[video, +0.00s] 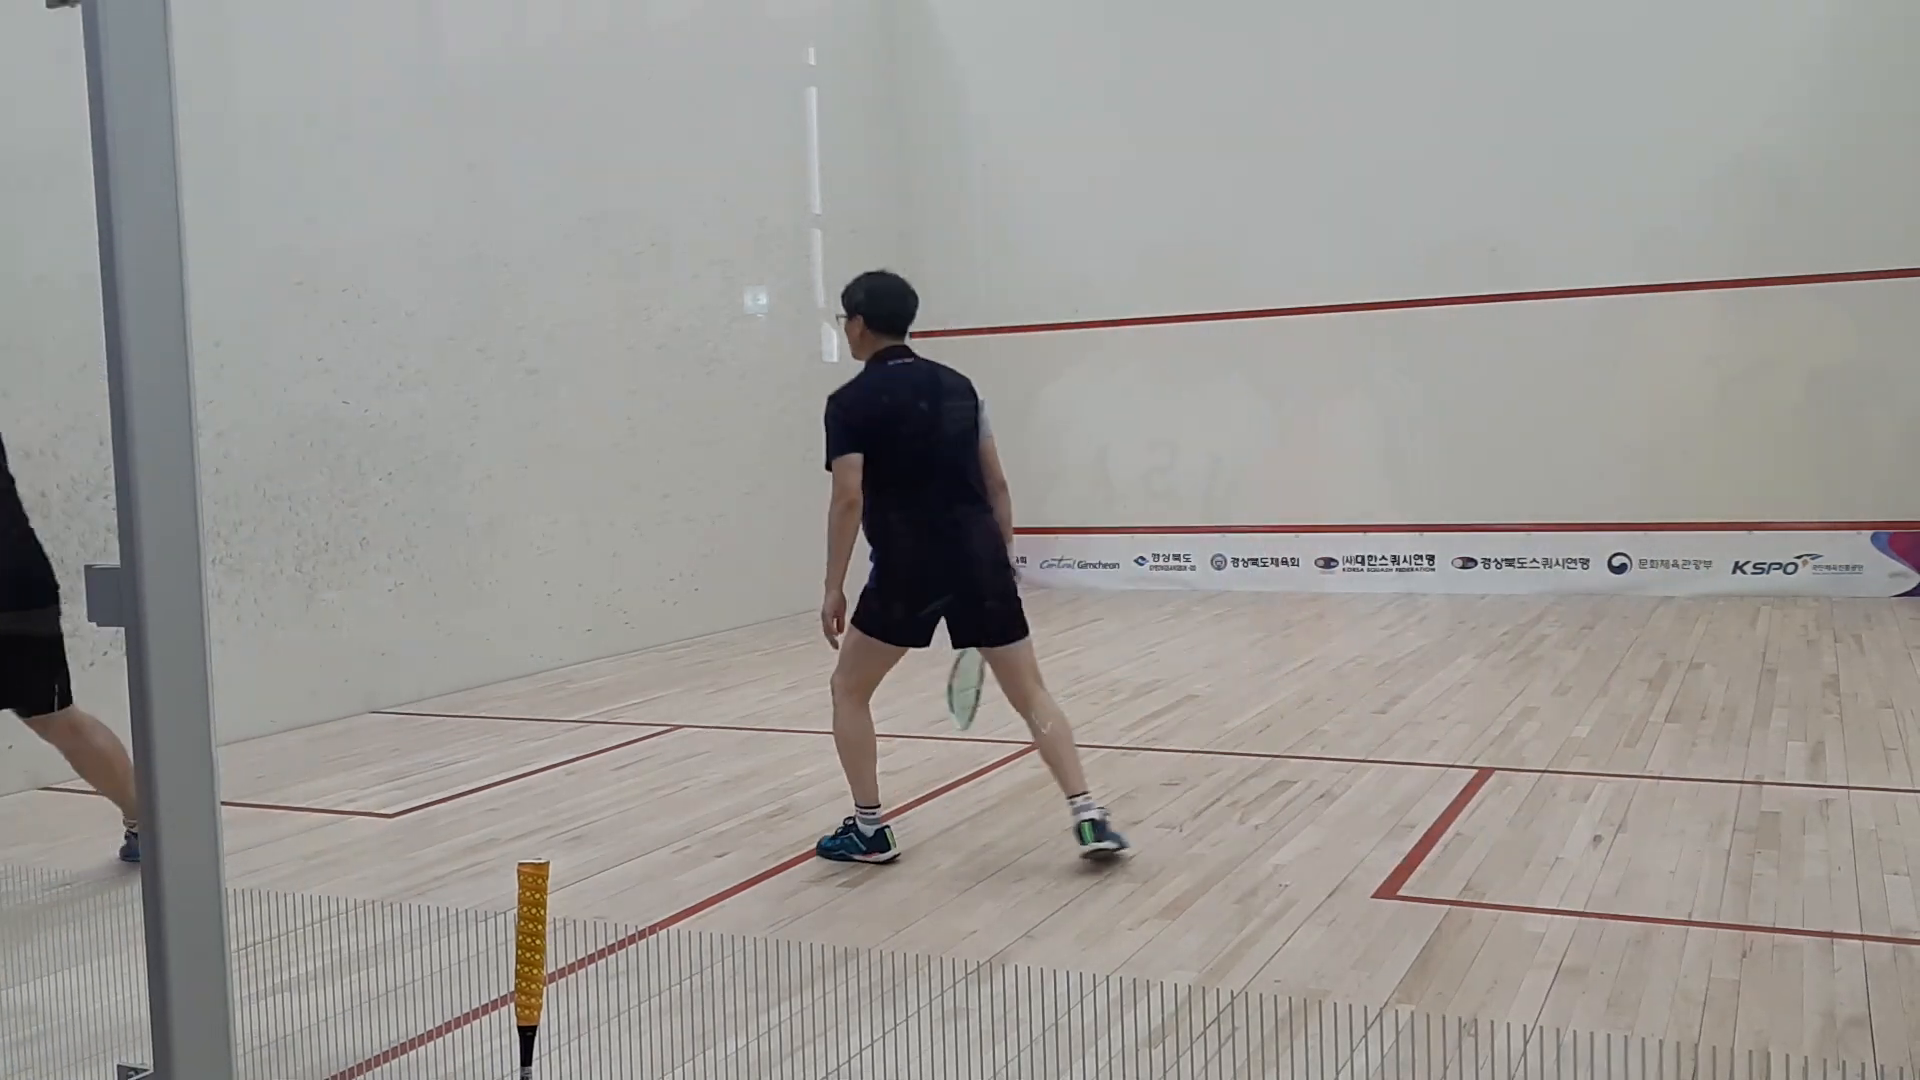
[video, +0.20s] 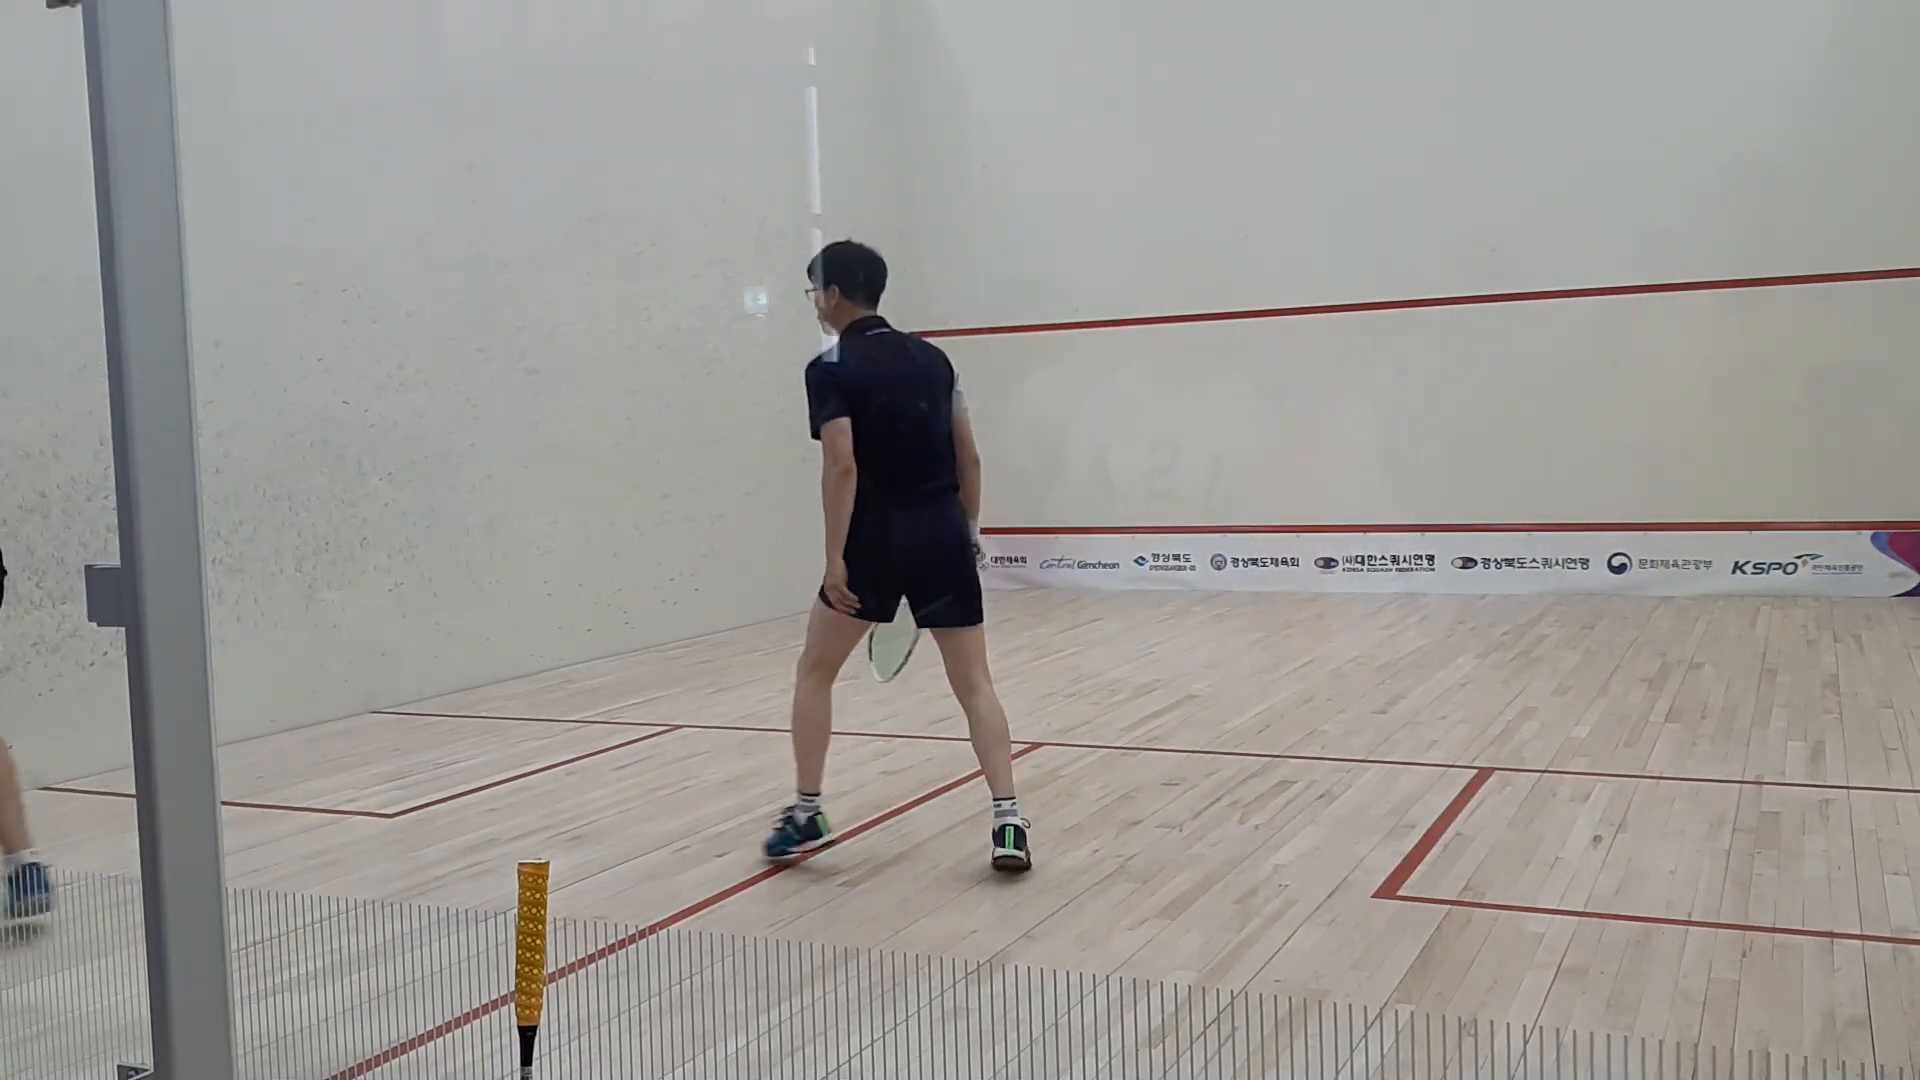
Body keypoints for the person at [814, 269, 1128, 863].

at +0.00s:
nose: (844, 329)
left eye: (846, 320)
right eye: (846, 320)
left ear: (860, 326)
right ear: (905, 323)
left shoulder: (850, 402)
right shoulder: (955, 384)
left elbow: (848, 498)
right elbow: (994, 482)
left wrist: (834, 586)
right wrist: (1000, 557)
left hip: (907, 574)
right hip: (982, 563)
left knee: (850, 689)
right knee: (1033, 696)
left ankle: (868, 824)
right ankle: (1087, 812)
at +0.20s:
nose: (814, 301)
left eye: (816, 291)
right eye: (815, 290)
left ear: (833, 296)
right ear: (875, 293)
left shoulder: (831, 368)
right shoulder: (931, 357)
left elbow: (841, 465)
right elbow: (968, 458)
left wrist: (834, 560)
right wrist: (967, 532)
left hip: (871, 546)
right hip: (945, 542)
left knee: (816, 671)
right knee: (976, 685)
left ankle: (806, 809)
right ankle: (1008, 816)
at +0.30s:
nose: (798, 321)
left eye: (800, 310)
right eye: (799, 310)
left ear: (816, 313)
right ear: (862, 309)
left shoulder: (809, 384)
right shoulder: (916, 372)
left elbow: (819, 478)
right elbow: (955, 470)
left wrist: (818, 570)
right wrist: (961, 544)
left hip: (852, 565)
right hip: (927, 558)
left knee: (778, 690)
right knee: (964, 698)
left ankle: (731, 820)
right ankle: (1005, 820)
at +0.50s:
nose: (747, 335)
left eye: (741, 327)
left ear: (740, 332)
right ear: (799, 330)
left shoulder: (722, 409)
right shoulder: (842, 395)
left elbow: (730, 502)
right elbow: (891, 488)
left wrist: (728, 593)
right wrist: (919, 562)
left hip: (767, 587)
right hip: (850, 581)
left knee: (707, 709)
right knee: (921, 702)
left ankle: (694, 845)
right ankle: (990, 818)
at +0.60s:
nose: (702, 329)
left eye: (701, 321)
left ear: (702, 327)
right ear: (762, 325)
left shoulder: (676, 404)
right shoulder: (800, 391)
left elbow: (684, 495)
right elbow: (854, 474)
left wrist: (684, 585)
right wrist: (888, 552)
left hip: (731, 581)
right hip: (812, 571)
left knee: (690, 715)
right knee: (886, 695)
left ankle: (692, 847)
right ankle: (951, 820)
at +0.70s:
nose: (694, 305)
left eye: (685, 294)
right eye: (735, 295)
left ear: (680, 300)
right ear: (741, 299)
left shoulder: (654, 374)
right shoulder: (776, 360)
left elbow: (658, 464)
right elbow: (830, 447)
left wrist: (659, 556)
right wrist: (859, 525)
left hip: (703, 553)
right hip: (784, 543)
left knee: (691, 699)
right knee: (835, 682)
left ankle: (688, 840)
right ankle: (870, 815)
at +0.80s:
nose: (719, 287)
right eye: (725, 276)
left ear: (666, 285)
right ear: (729, 283)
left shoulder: (641, 356)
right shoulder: (766, 346)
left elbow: (641, 450)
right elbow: (811, 433)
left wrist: (637, 542)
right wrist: (841, 514)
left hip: (678, 538)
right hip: (761, 533)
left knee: (656, 689)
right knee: (793, 677)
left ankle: (648, 825)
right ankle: (817, 817)